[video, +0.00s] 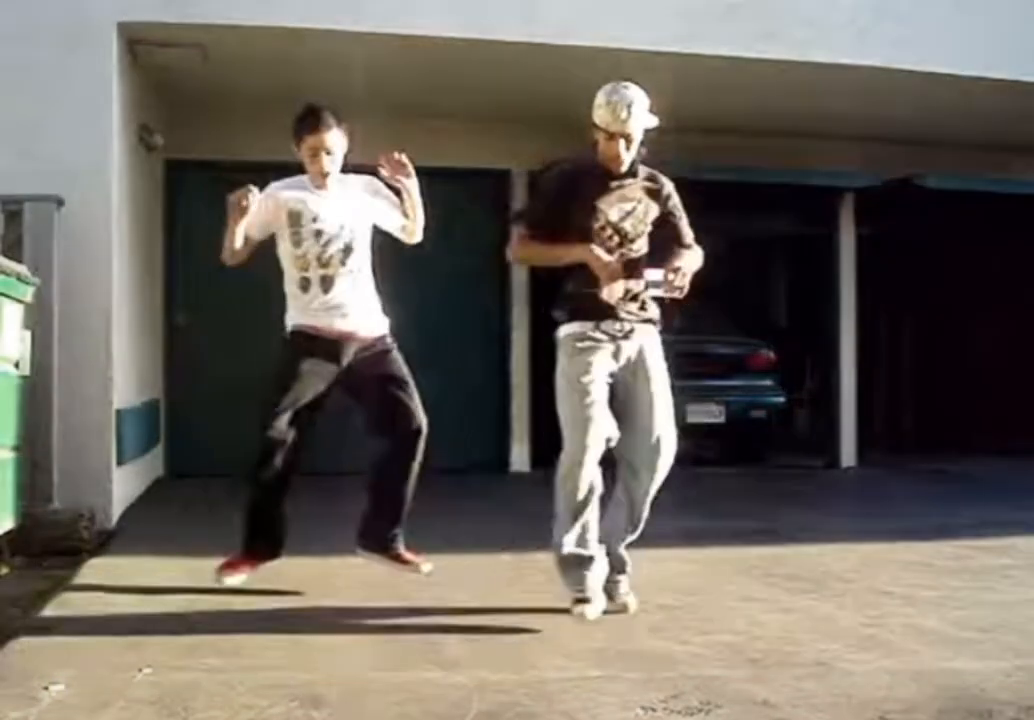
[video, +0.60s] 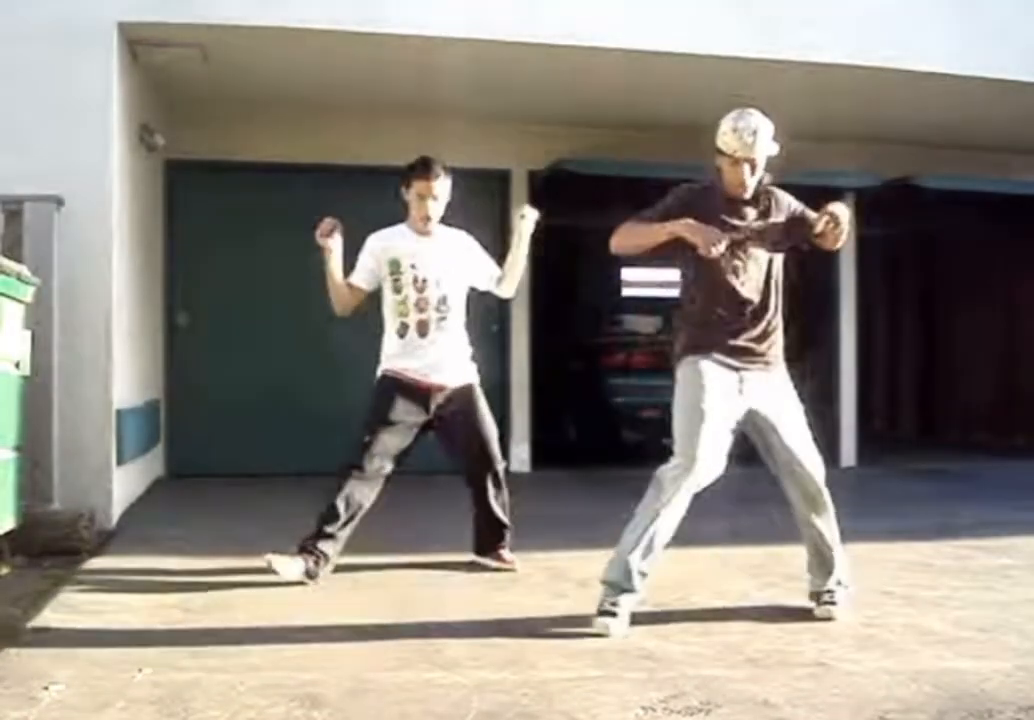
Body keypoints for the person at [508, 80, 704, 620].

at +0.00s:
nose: (621, 150)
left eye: (630, 139)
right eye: (611, 138)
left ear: (644, 135)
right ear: (595, 132)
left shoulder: (656, 187)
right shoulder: (562, 181)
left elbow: (689, 247)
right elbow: (519, 248)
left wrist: (684, 266)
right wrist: (584, 254)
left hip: (642, 333)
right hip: (584, 334)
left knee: (655, 445)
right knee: (586, 445)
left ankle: (614, 554)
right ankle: (581, 574)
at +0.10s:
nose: (660, 167)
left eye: (668, 157)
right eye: (651, 156)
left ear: (681, 155)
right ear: (635, 150)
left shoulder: (690, 204)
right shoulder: (609, 200)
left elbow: (726, 257)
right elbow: (608, 271)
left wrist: (689, 256)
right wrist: (674, 295)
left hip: (672, 354)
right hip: (619, 350)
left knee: (651, 468)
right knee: (643, 468)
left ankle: (594, 567)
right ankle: (694, 584)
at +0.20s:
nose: (674, 157)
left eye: (684, 147)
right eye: (666, 146)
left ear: (697, 144)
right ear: (651, 139)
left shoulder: (707, 193)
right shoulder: (621, 192)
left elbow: (754, 245)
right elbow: (599, 254)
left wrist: (721, 234)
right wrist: (670, 265)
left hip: (691, 352)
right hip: (636, 354)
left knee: (695, 474)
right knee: (667, 474)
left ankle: (613, 551)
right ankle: (700, 589)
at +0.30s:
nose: (706, 150)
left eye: (716, 140)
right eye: (698, 139)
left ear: (730, 135)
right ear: (682, 129)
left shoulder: (739, 176)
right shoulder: (650, 172)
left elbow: (786, 214)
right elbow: (589, 209)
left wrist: (810, 222)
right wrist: (649, 228)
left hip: (726, 340)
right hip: (666, 340)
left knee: (762, 445)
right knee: (655, 460)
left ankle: (721, 537)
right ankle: (665, 584)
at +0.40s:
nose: (712, 152)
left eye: (722, 142)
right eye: (704, 140)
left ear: (736, 137)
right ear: (690, 132)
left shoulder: (749, 179)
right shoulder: (657, 175)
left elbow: (795, 224)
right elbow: (594, 214)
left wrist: (826, 215)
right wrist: (643, 228)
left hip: (735, 344)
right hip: (673, 344)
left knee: (774, 444)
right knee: (650, 461)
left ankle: (752, 548)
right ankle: (646, 588)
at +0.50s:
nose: (736, 173)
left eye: (745, 163)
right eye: (727, 162)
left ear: (757, 161)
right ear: (709, 157)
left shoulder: (767, 206)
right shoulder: (681, 209)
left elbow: (808, 250)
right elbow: (629, 274)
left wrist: (852, 222)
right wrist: (634, 252)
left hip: (764, 367)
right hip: (699, 368)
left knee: (800, 472)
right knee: (659, 477)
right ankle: (594, 594)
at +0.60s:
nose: (744, 176)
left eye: (754, 164)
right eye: (734, 164)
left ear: (768, 160)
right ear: (719, 158)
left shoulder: (779, 205)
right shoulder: (690, 203)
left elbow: (826, 239)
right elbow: (619, 242)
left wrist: (837, 221)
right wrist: (679, 227)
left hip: (767, 365)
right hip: (708, 362)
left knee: (808, 473)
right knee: (694, 465)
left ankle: (828, 583)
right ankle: (619, 591)